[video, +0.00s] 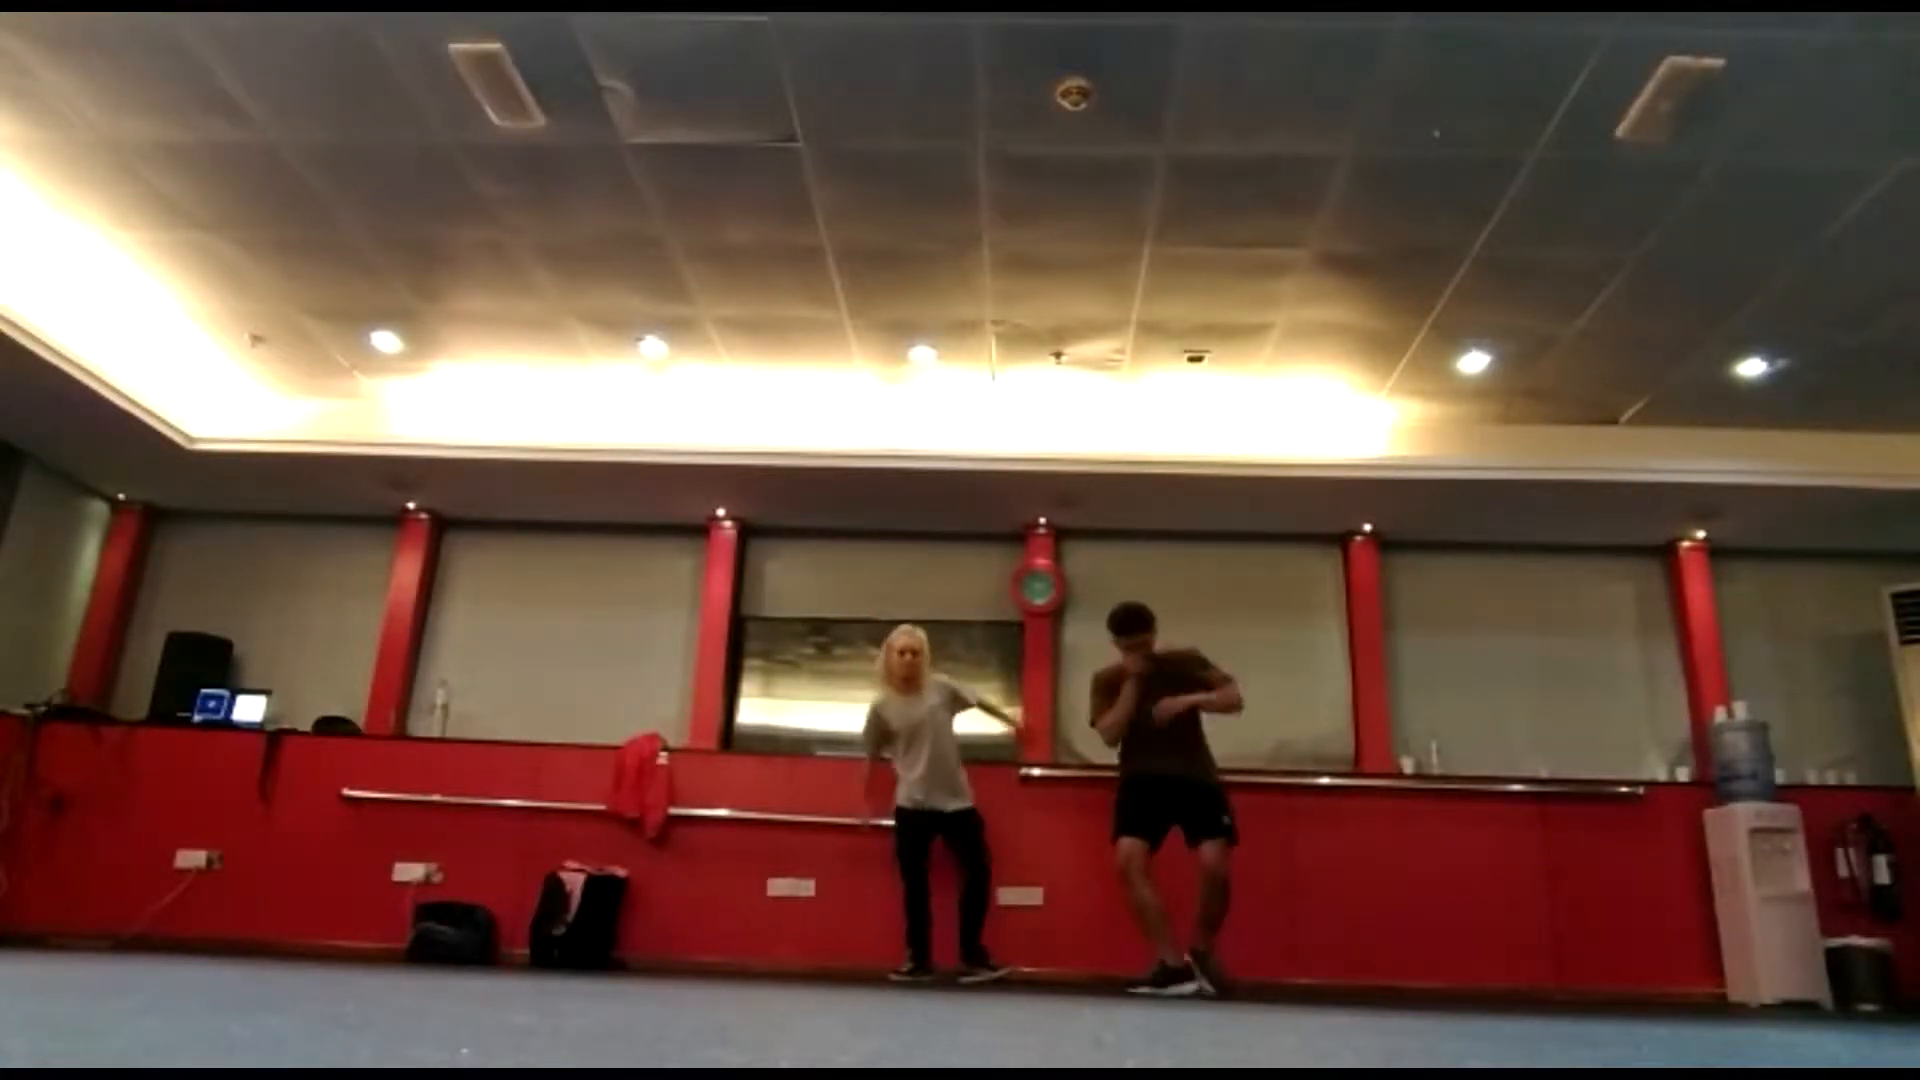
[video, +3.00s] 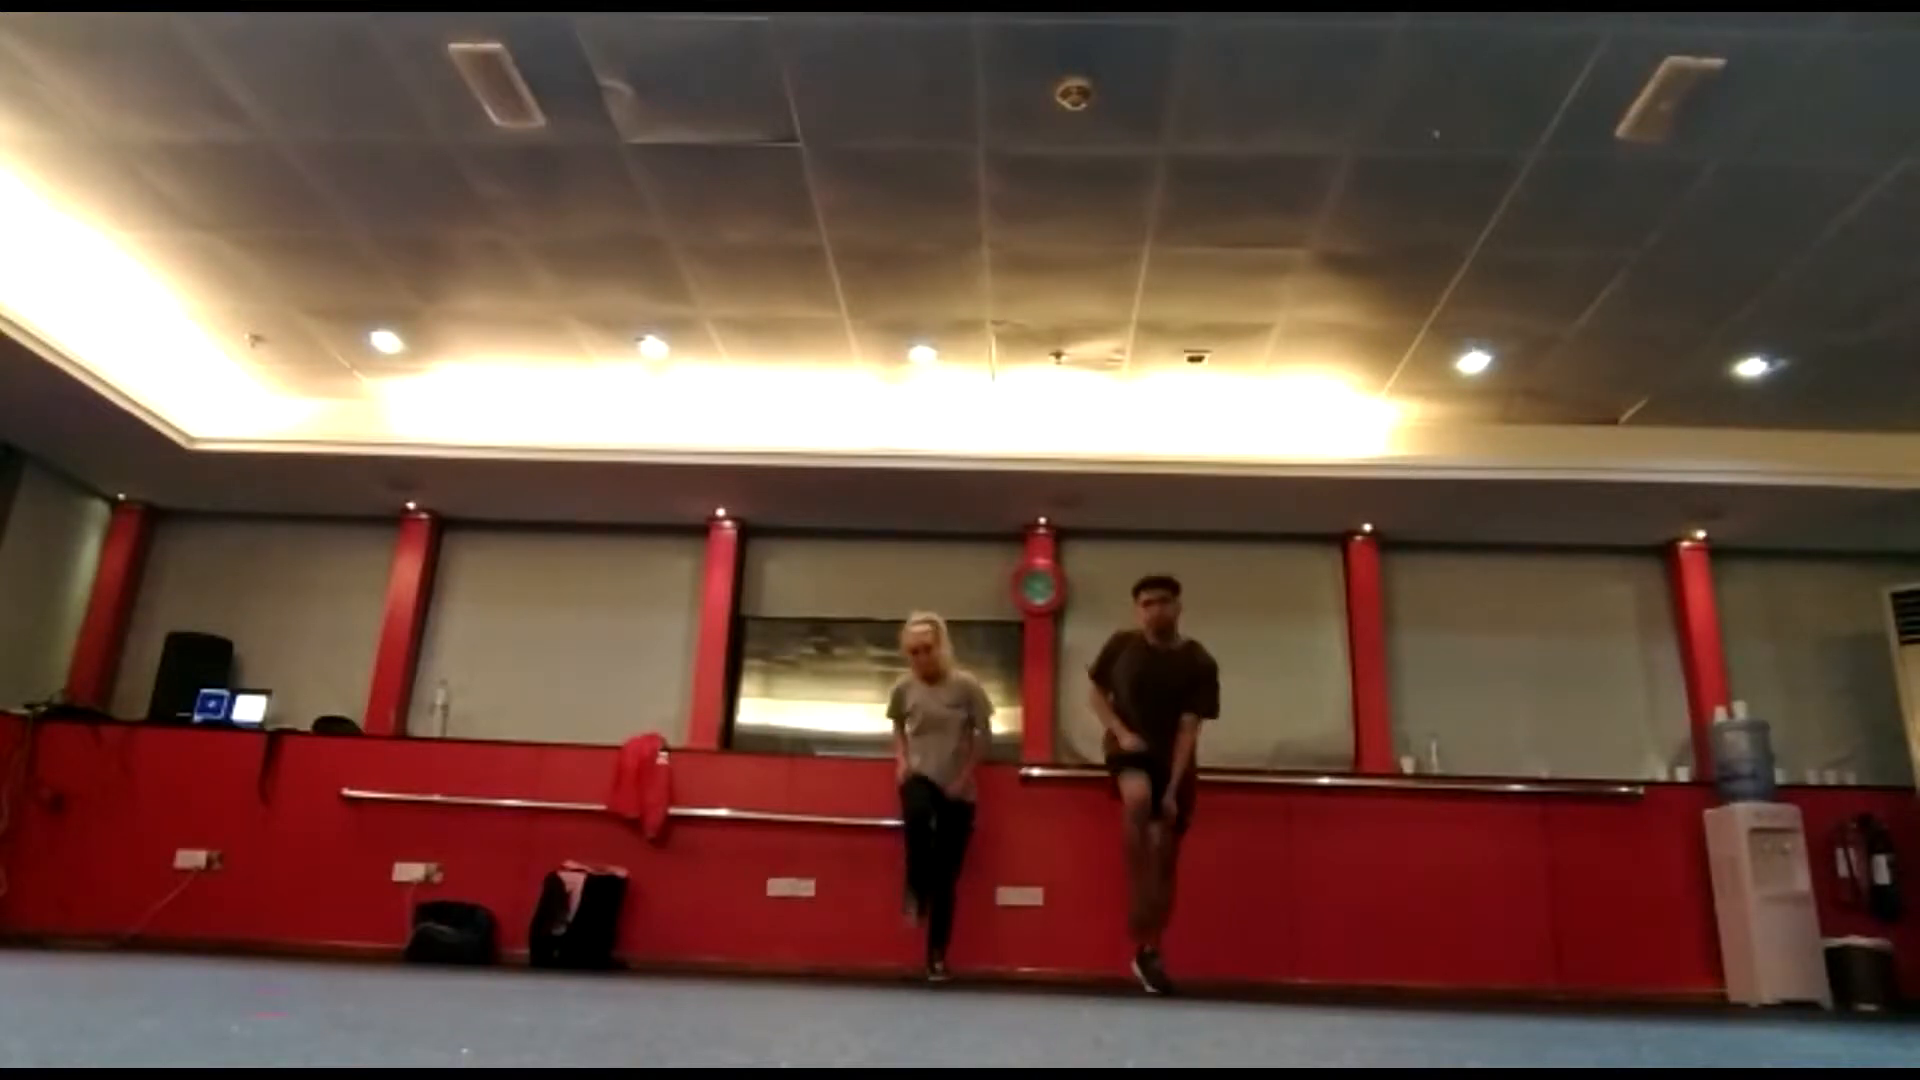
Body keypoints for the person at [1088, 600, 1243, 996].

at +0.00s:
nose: (1137, 655)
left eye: (1142, 645)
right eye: (1128, 647)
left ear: (1153, 637)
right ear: (1117, 644)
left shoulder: (1185, 664)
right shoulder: (1108, 680)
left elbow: (1233, 699)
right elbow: (1108, 733)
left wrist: (1185, 701)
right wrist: (1131, 684)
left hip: (1194, 779)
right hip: (1142, 782)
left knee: (1214, 862)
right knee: (1128, 861)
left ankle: (1203, 955)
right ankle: (1170, 962)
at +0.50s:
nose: (1211, 655)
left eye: (1217, 648)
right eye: (1208, 645)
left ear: (1222, 644)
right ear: (1193, 633)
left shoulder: (1214, 673)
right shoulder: (1151, 662)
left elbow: (1223, 718)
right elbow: (1115, 705)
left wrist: (1238, 727)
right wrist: (1165, 709)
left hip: (1197, 786)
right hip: (1155, 785)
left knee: (1197, 869)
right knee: (1158, 863)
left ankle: (1188, 965)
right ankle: (1155, 961)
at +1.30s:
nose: (1144, 639)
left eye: (1150, 629)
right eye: (1137, 632)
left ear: (1169, 630)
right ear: (1131, 639)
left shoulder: (1204, 681)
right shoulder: (1135, 684)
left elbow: (1235, 738)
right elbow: (1118, 734)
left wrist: (1247, 728)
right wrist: (1123, 704)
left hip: (1194, 796)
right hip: (1145, 794)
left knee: (1194, 870)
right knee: (1120, 860)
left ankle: (1189, 969)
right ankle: (1120, 963)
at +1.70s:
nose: (1097, 633)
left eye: (1102, 622)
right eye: (1089, 626)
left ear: (1120, 624)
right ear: (1082, 634)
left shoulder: (1157, 662)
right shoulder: (1082, 683)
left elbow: (1188, 711)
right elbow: (1075, 742)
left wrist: (1168, 744)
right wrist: (1119, 746)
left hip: (1167, 778)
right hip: (1119, 784)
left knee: (1186, 853)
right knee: (1111, 857)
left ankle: (1186, 958)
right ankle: (1117, 961)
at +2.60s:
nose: (1162, 664)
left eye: (1170, 658)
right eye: (1157, 655)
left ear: (1180, 665)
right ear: (1143, 656)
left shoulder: (1179, 715)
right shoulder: (1110, 693)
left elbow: (1214, 764)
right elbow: (1073, 739)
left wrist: (1208, 788)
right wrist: (1098, 789)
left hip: (1154, 807)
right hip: (1108, 803)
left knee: (1162, 879)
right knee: (1104, 887)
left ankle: (1136, 965)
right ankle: (1098, 963)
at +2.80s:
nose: (1171, 619)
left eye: (1180, 612)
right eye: (1166, 610)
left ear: (1192, 619)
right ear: (1154, 613)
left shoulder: (1195, 675)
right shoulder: (1123, 645)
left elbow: (1183, 736)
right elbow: (1090, 691)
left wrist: (1179, 790)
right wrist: (1104, 737)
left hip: (1158, 763)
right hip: (1115, 752)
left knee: (1154, 851)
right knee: (1113, 809)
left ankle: (1141, 948)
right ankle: (1106, 850)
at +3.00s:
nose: (1154, 610)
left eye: (1162, 602)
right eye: (1147, 603)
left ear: (1177, 607)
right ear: (1137, 609)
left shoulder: (1197, 660)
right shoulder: (1122, 646)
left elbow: (1188, 730)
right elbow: (1097, 692)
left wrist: (1172, 788)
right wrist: (1120, 732)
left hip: (1173, 754)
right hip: (1131, 745)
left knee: (1162, 846)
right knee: (1137, 797)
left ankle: (1151, 948)